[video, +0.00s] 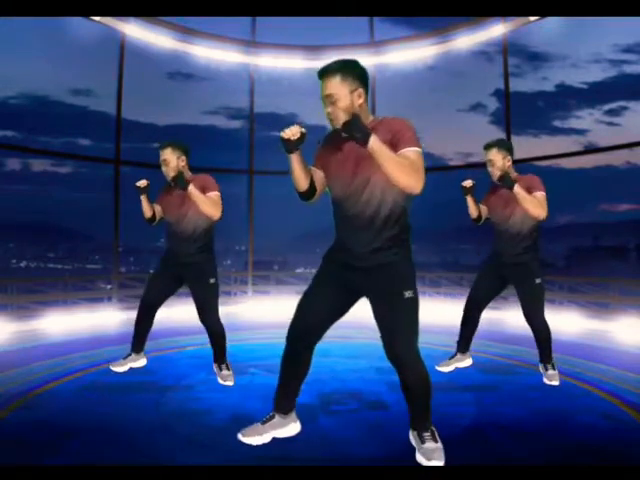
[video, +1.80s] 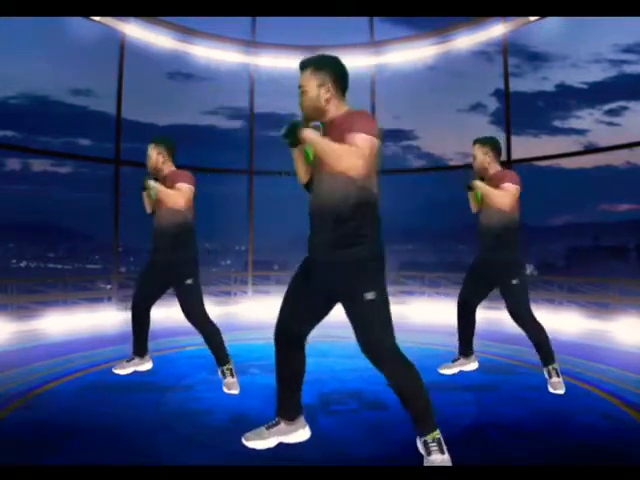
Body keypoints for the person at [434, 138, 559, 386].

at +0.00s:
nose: (490, 168)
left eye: (493, 162)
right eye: (487, 164)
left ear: (508, 160)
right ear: (488, 165)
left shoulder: (530, 182)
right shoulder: (495, 191)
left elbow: (540, 212)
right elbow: (478, 216)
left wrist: (513, 185)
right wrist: (469, 195)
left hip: (526, 262)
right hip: (498, 261)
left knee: (534, 317)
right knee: (473, 305)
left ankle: (548, 364)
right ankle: (462, 354)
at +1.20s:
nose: (493, 156)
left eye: (497, 151)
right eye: (491, 152)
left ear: (513, 153)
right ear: (491, 156)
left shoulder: (532, 178)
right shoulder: (485, 183)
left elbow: (539, 206)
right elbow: (458, 195)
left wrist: (512, 180)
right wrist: (444, 181)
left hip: (525, 263)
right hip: (493, 262)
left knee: (540, 321)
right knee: (466, 305)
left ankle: (549, 370)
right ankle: (464, 354)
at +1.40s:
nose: (480, 158)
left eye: (485, 152)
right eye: (479, 153)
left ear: (501, 154)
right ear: (481, 157)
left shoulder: (519, 180)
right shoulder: (480, 183)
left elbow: (524, 215)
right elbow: (469, 200)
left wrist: (501, 190)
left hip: (512, 262)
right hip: (488, 260)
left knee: (524, 317)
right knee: (464, 304)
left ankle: (549, 368)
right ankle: (466, 357)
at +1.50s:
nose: (479, 160)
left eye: (483, 155)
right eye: (478, 155)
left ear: (496, 157)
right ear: (482, 158)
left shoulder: (502, 183)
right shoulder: (489, 180)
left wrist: (468, 181)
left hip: (503, 259)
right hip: (486, 257)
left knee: (510, 315)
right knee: (464, 301)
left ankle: (554, 362)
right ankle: (466, 356)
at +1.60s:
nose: (479, 161)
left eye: (482, 156)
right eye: (478, 157)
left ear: (494, 157)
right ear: (492, 158)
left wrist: (423, 171)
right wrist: (427, 171)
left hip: (500, 260)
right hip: (489, 258)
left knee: (509, 317)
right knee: (462, 301)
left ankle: (555, 362)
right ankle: (465, 357)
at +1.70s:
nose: (475, 161)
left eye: (477, 156)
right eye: (475, 156)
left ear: (489, 156)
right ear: (490, 156)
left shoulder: (498, 176)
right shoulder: (495, 178)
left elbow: (465, 187)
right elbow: (482, 202)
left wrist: (445, 177)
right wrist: (461, 185)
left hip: (501, 258)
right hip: (489, 257)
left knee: (513, 315)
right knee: (463, 302)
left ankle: (553, 364)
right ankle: (466, 357)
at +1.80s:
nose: (473, 161)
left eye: (476, 156)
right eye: (473, 157)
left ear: (490, 155)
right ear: (484, 157)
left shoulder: (509, 178)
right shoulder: (483, 182)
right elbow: (475, 208)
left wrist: (479, 185)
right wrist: (473, 189)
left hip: (508, 259)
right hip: (487, 258)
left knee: (521, 314)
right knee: (466, 303)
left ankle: (551, 367)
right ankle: (466, 357)